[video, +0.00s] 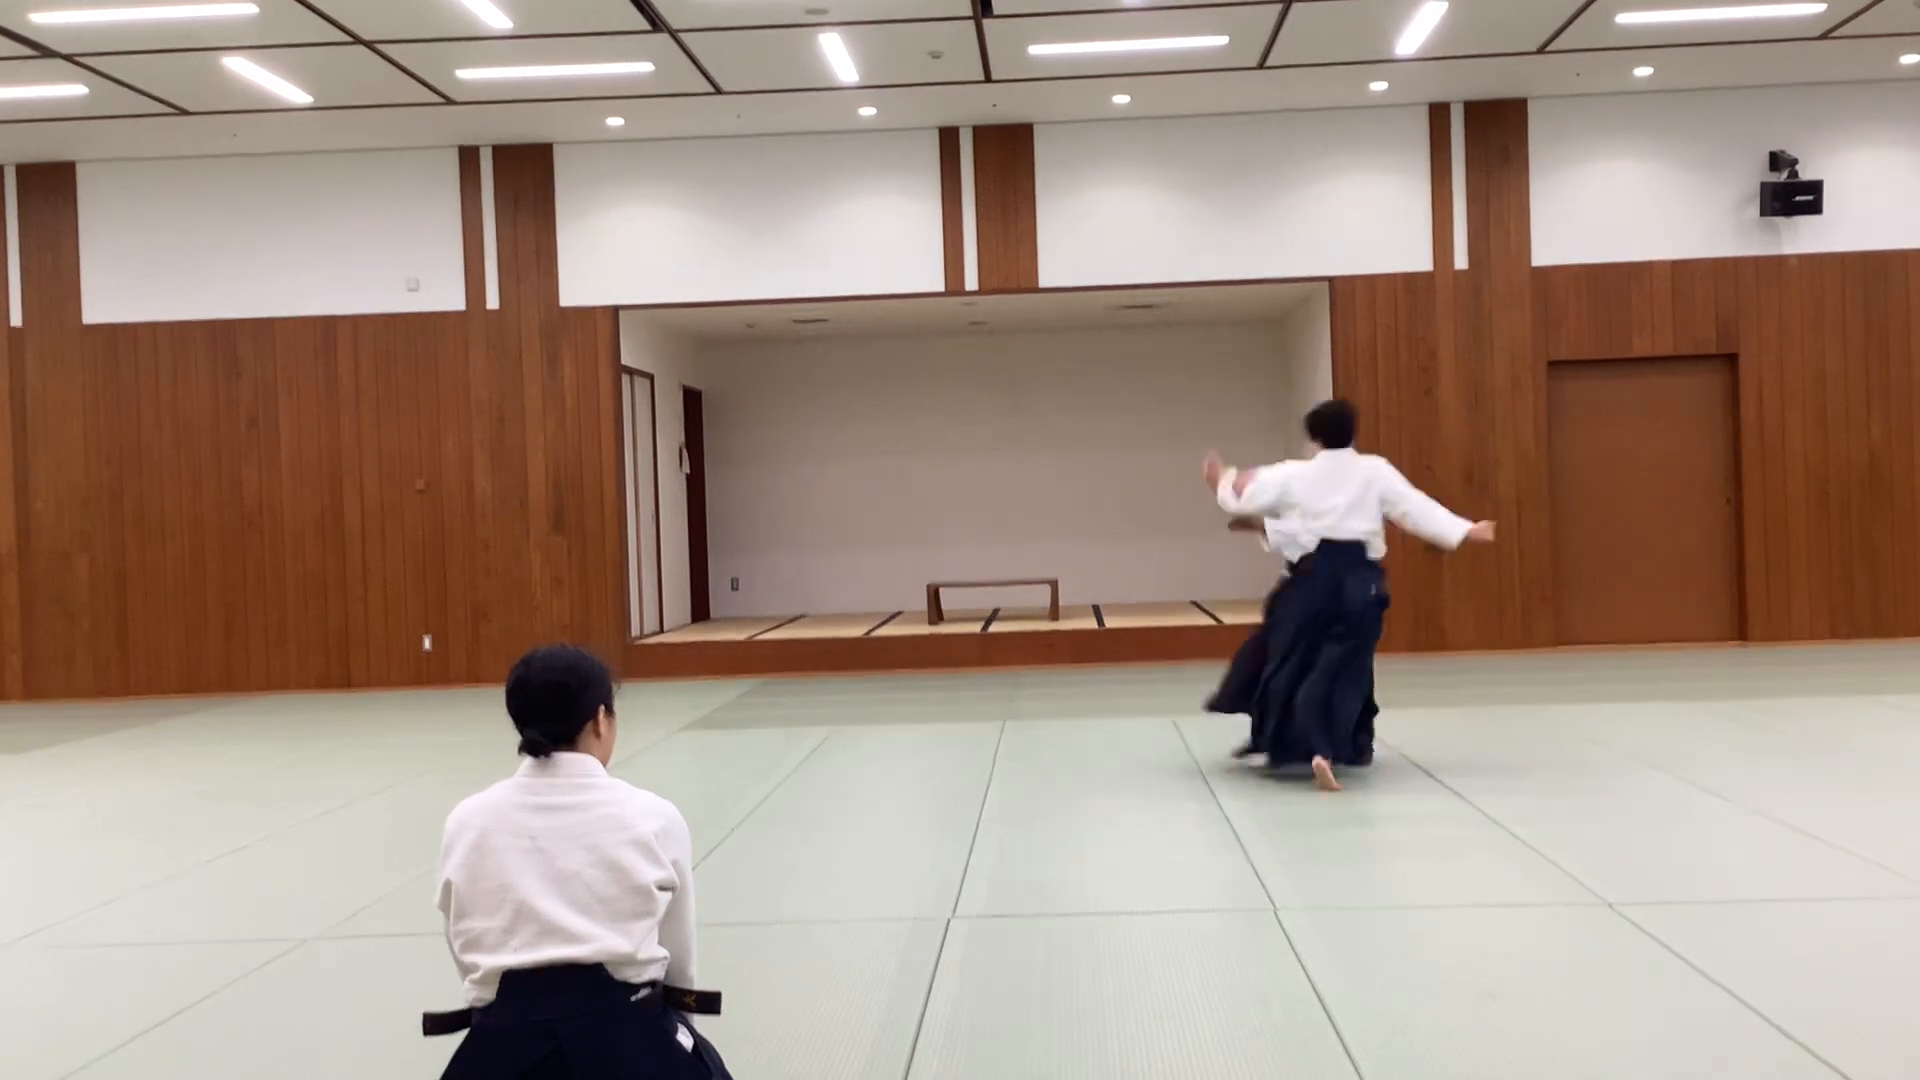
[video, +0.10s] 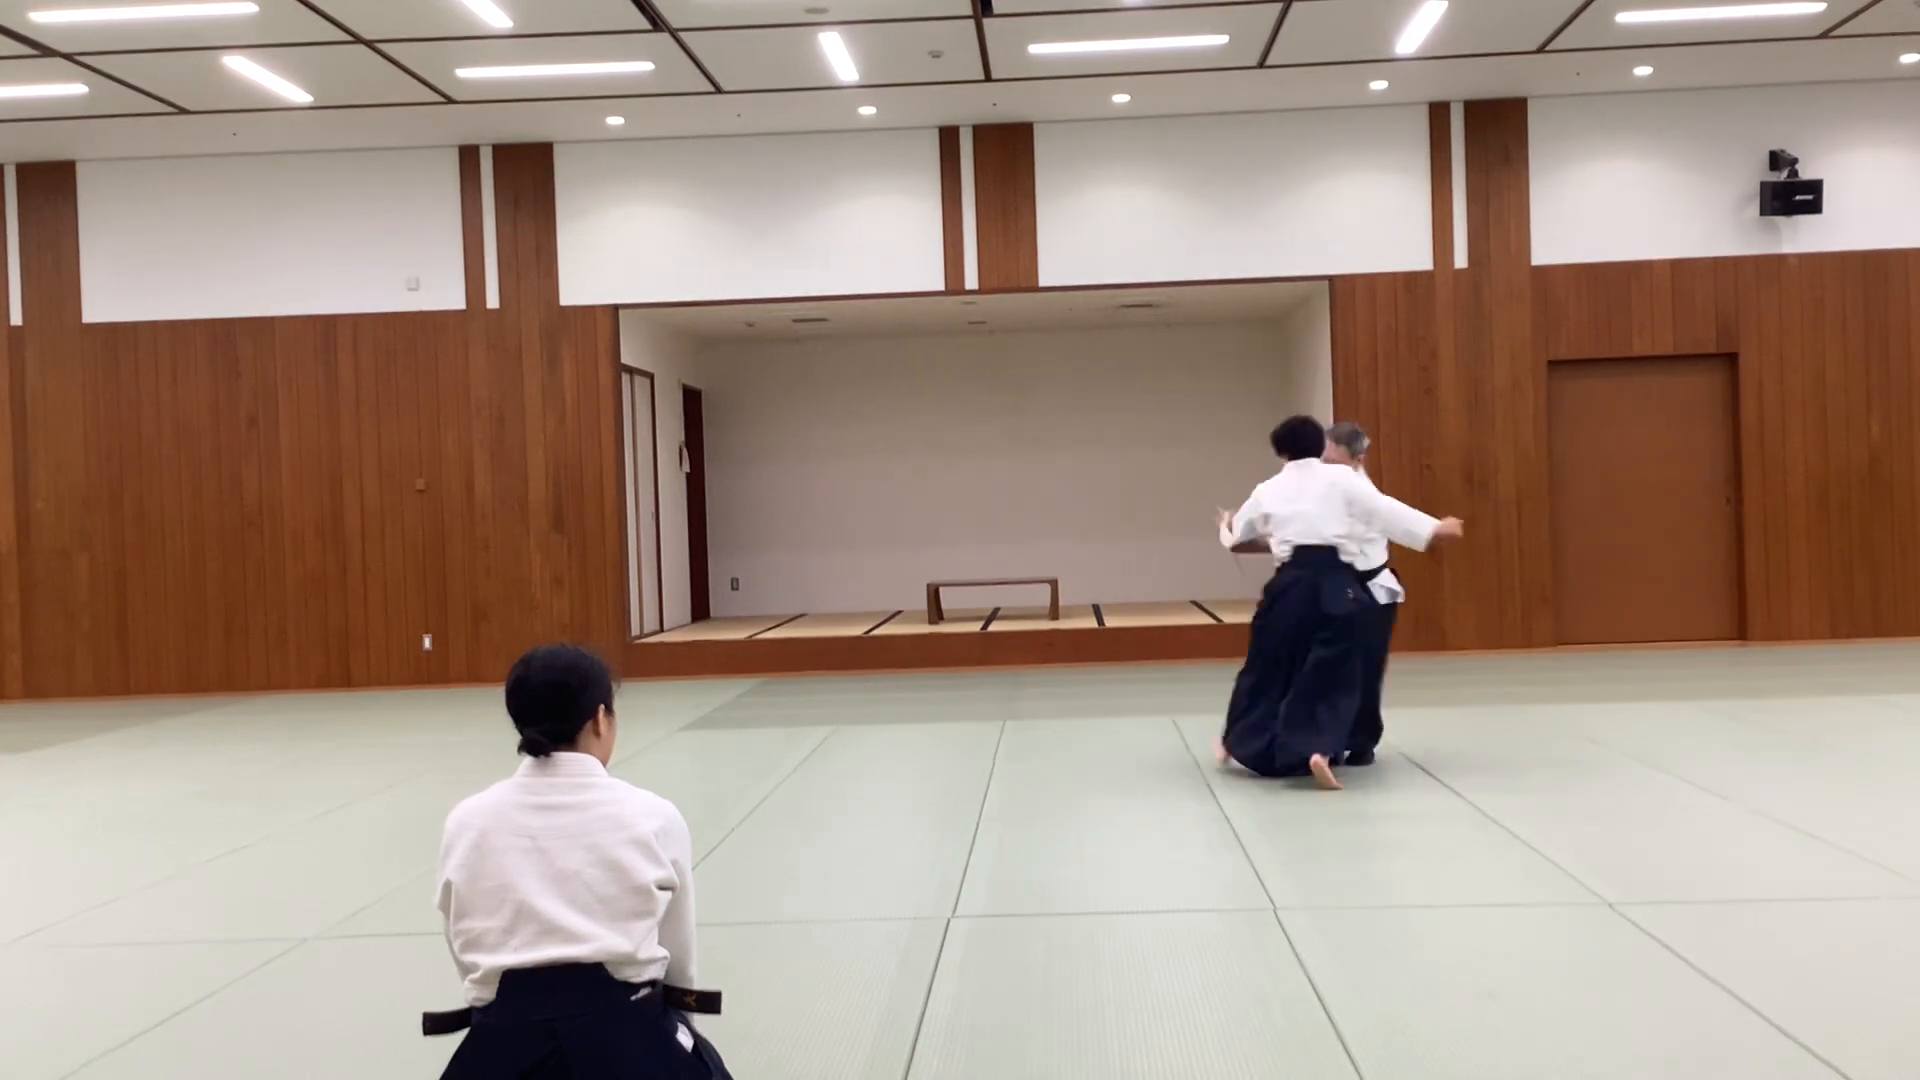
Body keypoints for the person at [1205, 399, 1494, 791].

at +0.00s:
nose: (1311, 442)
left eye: (1311, 436)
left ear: (1314, 437)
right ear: (1352, 434)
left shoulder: (1294, 474)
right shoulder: (1375, 470)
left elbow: (1243, 499)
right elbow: (1414, 507)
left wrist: (1221, 482)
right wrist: (1464, 528)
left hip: (1311, 578)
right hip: (1362, 578)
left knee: (1294, 658)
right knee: (1345, 664)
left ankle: (1285, 744)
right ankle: (1324, 751)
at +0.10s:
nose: (1329, 454)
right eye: (1326, 447)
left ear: (1281, 453)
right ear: (1321, 447)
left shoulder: (1268, 491)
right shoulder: (1342, 479)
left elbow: (1239, 532)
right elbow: (1386, 512)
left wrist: (1227, 524)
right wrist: (1435, 528)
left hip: (1289, 582)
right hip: (1338, 581)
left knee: (1264, 665)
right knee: (1337, 673)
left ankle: (1233, 738)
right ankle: (1321, 751)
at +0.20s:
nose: (1315, 472)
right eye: (1312, 467)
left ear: (1266, 468)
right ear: (1304, 467)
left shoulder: (1250, 506)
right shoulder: (1311, 490)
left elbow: (1245, 561)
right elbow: (1350, 516)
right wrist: (1394, 524)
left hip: (1258, 584)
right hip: (1302, 581)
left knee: (1248, 667)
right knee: (1321, 672)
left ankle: (1222, 744)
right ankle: (1314, 753)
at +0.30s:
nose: (1310, 504)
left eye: (1311, 501)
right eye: (1311, 499)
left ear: (1276, 486)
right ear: (1306, 492)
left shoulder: (1251, 515)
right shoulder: (1291, 504)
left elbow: (1238, 562)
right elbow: (1308, 531)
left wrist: (1298, 580)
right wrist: (1330, 533)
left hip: (1223, 595)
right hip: (1259, 596)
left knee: (1232, 677)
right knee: (1293, 677)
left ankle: (1219, 751)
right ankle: (1292, 757)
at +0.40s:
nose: (1321, 527)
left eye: (1324, 521)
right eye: (1322, 519)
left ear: (1299, 503)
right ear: (1310, 510)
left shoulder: (1277, 520)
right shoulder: (1290, 518)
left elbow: (1284, 581)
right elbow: (1266, 552)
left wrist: (1319, 596)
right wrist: (1289, 552)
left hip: (1213, 596)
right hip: (1232, 602)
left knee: (1236, 679)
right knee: (1259, 681)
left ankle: (1223, 752)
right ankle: (1211, 751)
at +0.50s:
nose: (1330, 530)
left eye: (1334, 525)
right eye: (1331, 523)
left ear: (1313, 512)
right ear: (1314, 512)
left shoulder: (1298, 538)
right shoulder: (1283, 520)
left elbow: (1298, 581)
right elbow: (1244, 542)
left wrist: (1331, 597)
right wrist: (1256, 565)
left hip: (1233, 614)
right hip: (1213, 605)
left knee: (1256, 683)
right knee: (1190, 676)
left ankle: (1219, 746)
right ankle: (1125, 724)